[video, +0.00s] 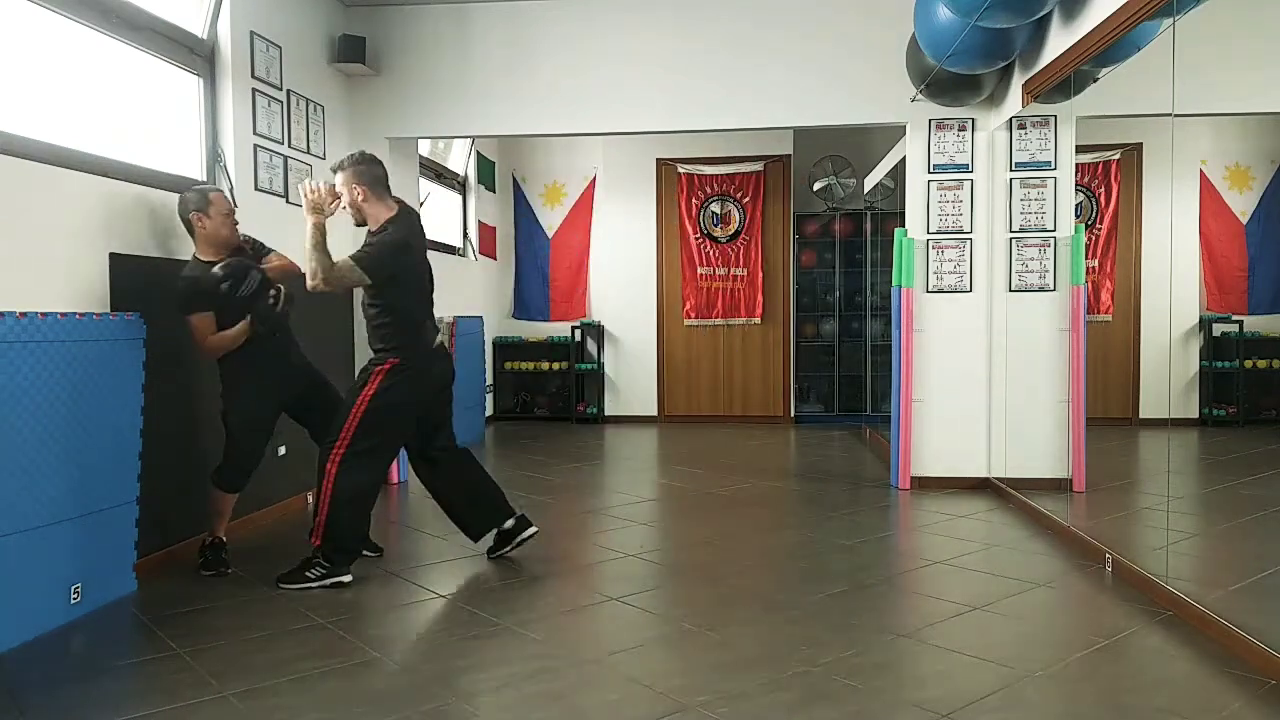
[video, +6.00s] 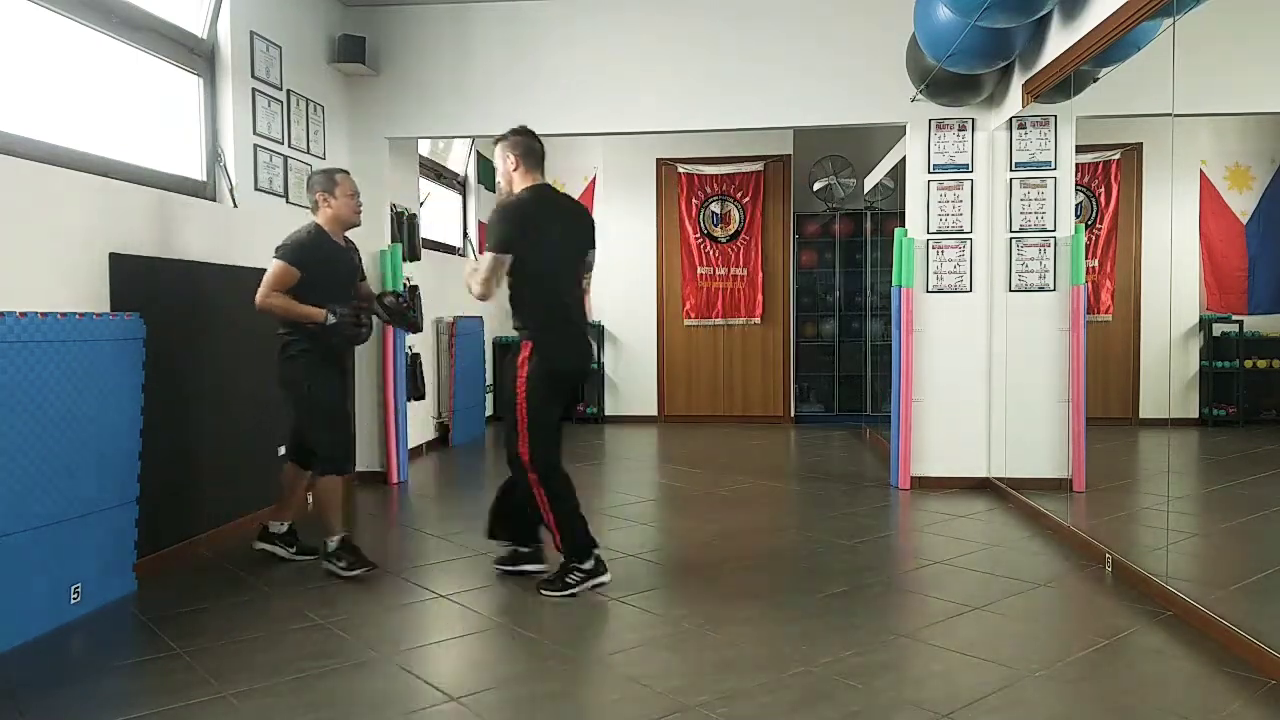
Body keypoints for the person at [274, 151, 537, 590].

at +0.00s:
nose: (343, 203)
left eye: (343, 195)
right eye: (342, 195)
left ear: (358, 192)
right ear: (379, 187)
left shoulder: (390, 242)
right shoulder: (405, 222)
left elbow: (320, 278)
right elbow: (339, 273)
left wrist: (315, 219)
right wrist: (325, 213)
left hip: (398, 365)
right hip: (428, 361)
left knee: (344, 456)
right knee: (434, 450)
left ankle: (332, 560)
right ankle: (506, 520)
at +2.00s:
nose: (743, 205)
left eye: (748, 195)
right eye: (742, 197)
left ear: (773, 194)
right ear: (769, 196)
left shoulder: (826, 229)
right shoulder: (765, 249)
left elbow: (781, 278)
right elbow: (731, 312)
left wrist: (754, 227)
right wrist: (685, 339)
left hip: (849, 372)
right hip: (799, 373)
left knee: (864, 470)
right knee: (760, 452)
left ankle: (908, 565)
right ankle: (768, 547)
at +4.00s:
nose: (553, 212)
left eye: (556, 203)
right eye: (553, 204)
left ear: (575, 200)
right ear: (581, 201)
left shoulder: (605, 229)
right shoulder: (584, 240)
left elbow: (558, 252)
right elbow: (546, 258)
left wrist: (553, 239)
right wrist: (523, 219)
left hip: (619, 373)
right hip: (587, 375)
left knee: (623, 482)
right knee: (545, 454)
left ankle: (693, 562)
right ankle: (562, 544)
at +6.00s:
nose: (496, 173)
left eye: (497, 165)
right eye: (496, 165)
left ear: (512, 161)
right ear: (540, 160)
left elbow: (483, 288)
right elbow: (582, 284)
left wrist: (474, 267)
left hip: (535, 346)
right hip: (575, 344)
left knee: (535, 454)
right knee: (531, 447)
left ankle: (582, 559)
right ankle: (524, 546)